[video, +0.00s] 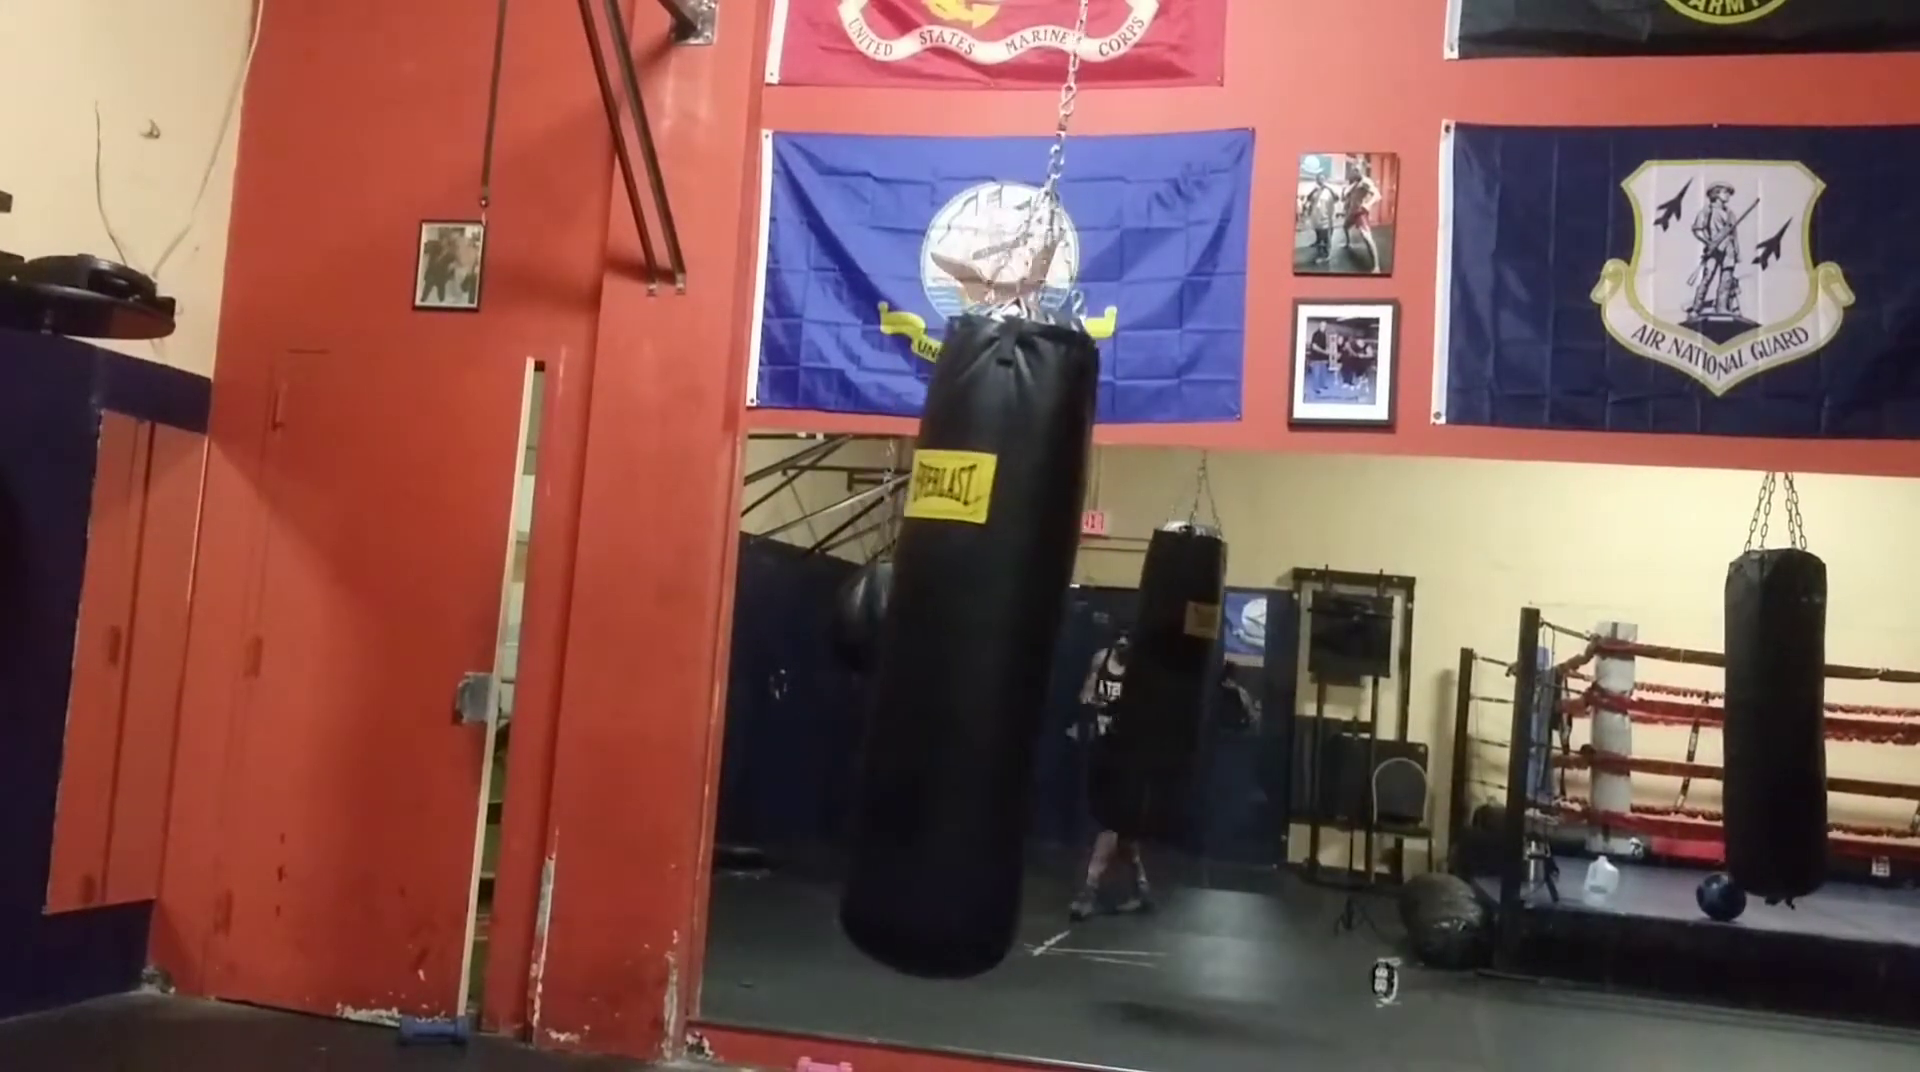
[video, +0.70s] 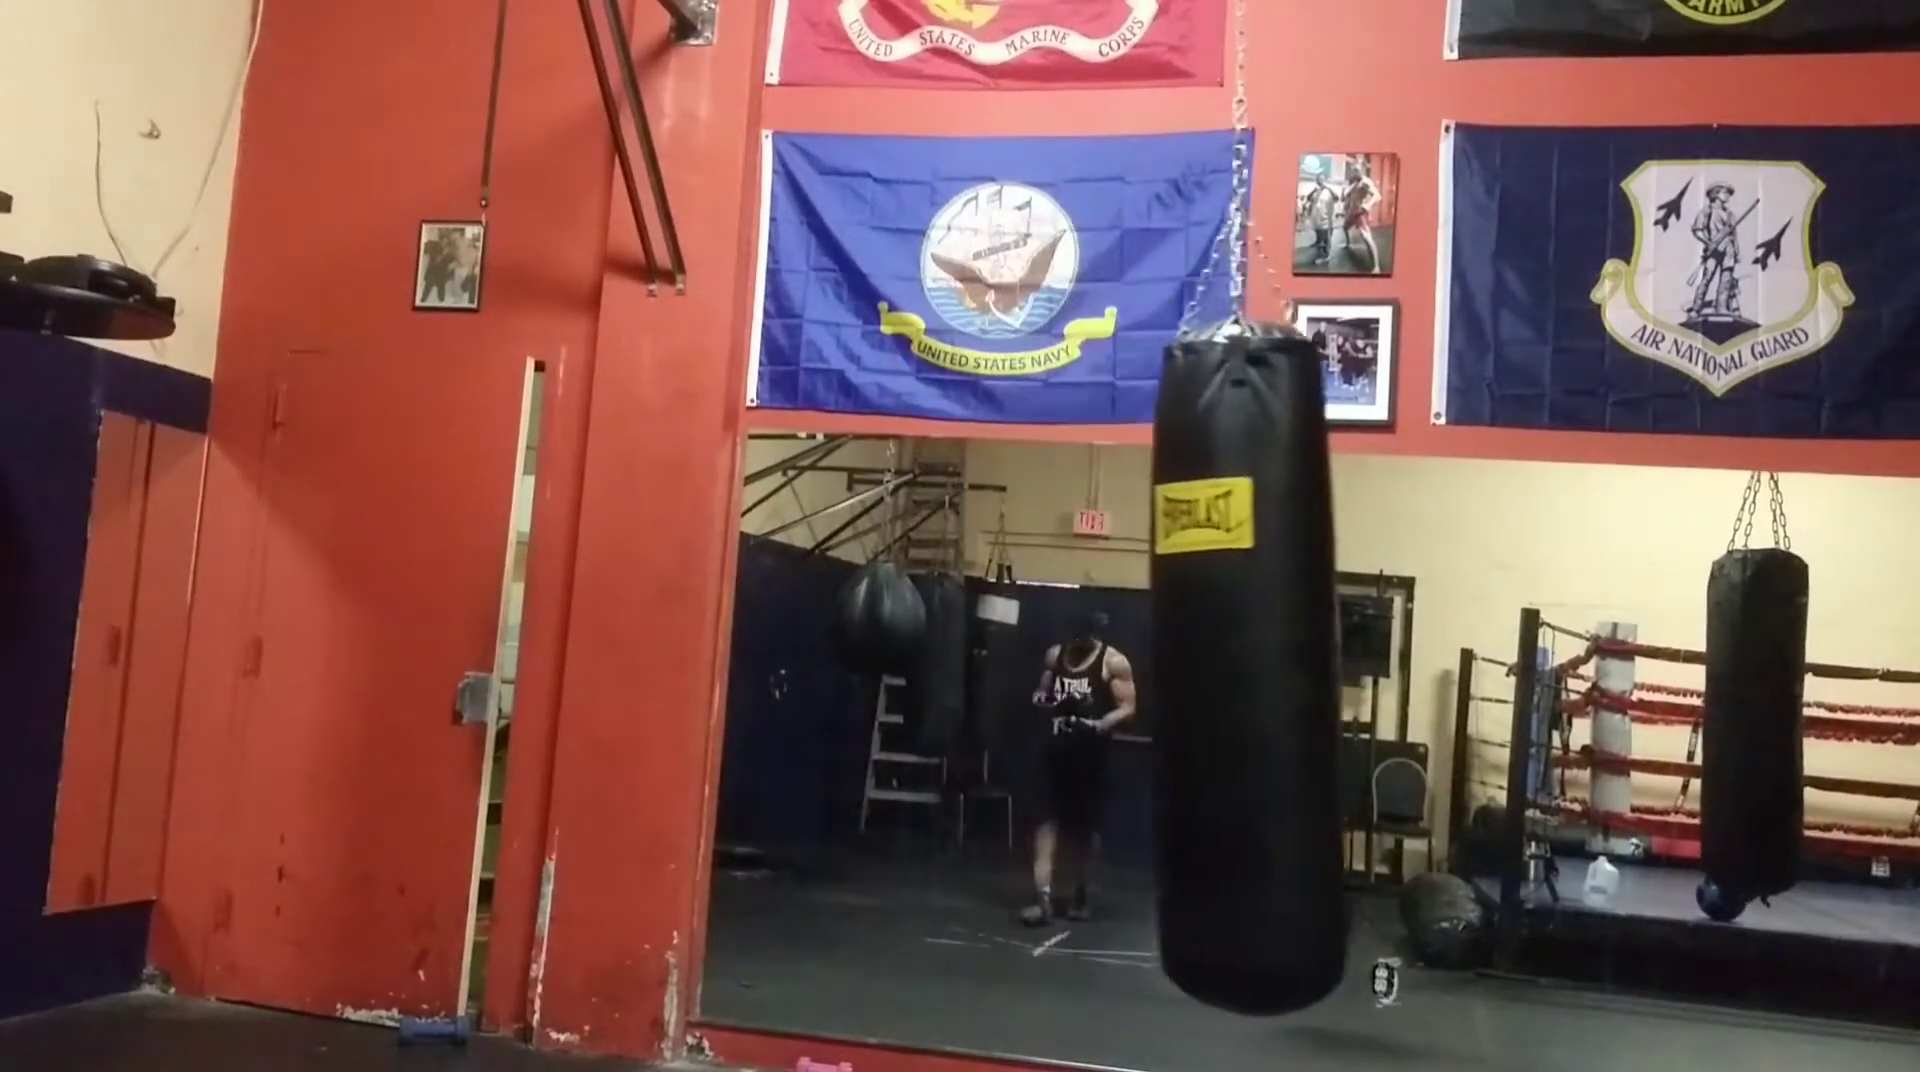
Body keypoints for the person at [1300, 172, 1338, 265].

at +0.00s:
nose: (1320, 182)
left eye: (1322, 180)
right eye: (1318, 180)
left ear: (1324, 180)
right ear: (1316, 181)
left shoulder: (1329, 191)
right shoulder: (1315, 192)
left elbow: (1336, 199)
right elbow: (1309, 199)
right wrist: (1314, 191)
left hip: (1325, 217)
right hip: (1316, 217)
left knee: (1325, 238)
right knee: (1318, 238)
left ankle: (1325, 255)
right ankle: (1318, 254)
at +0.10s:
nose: (1320, 182)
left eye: (1322, 180)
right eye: (1318, 180)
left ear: (1324, 180)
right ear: (1316, 181)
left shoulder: (1328, 192)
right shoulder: (1315, 192)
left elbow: (1336, 199)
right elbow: (1308, 199)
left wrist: (1329, 189)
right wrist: (1314, 192)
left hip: (1325, 217)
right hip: (1315, 217)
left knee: (1325, 239)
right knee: (1318, 238)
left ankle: (1325, 255)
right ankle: (1318, 254)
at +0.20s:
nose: (1320, 182)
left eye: (1322, 180)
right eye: (1318, 180)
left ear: (1324, 180)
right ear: (1316, 181)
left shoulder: (1328, 192)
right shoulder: (1314, 192)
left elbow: (1335, 200)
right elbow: (1309, 200)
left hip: (1325, 217)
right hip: (1315, 217)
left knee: (1325, 239)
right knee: (1318, 238)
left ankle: (1325, 255)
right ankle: (1318, 254)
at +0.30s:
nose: (1320, 182)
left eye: (1322, 180)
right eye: (1318, 180)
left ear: (1325, 180)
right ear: (1316, 181)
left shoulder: (1329, 191)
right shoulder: (1314, 192)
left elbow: (1335, 199)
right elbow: (1309, 199)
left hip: (1325, 217)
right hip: (1315, 217)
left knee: (1325, 239)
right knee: (1318, 238)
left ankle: (1325, 255)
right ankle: (1319, 254)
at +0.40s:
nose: (1320, 183)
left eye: (1321, 180)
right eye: (1318, 181)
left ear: (1325, 181)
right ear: (1316, 181)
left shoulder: (1328, 192)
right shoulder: (1315, 192)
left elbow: (1336, 199)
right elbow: (1309, 199)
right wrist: (1314, 192)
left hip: (1325, 217)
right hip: (1315, 216)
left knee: (1324, 238)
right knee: (1318, 236)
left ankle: (1324, 255)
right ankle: (1318, 253)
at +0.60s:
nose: (1319, 182)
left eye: (1321, 180)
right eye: (1318, 180)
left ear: (1324, 180)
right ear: (1316, 181)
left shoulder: (1329, 192)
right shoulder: (1315, 192)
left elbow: (1336, 198)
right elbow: (1309, 199)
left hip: (1325, 218)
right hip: (1316, 217)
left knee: (1325, 239)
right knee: (1318, 238)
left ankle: (1325, 255)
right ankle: (1318, 253)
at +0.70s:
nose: (1320, 183)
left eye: (1321, 180)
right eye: (1318, 180)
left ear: (1324, 180)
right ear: (1316, 181)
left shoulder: (1329, 192)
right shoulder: (1315, 192)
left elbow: (1336, 199)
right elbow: (1309, 199)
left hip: (1325, 216)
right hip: (1316, 216)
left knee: (1325, 239)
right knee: (1318, 237)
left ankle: (1324, 255)